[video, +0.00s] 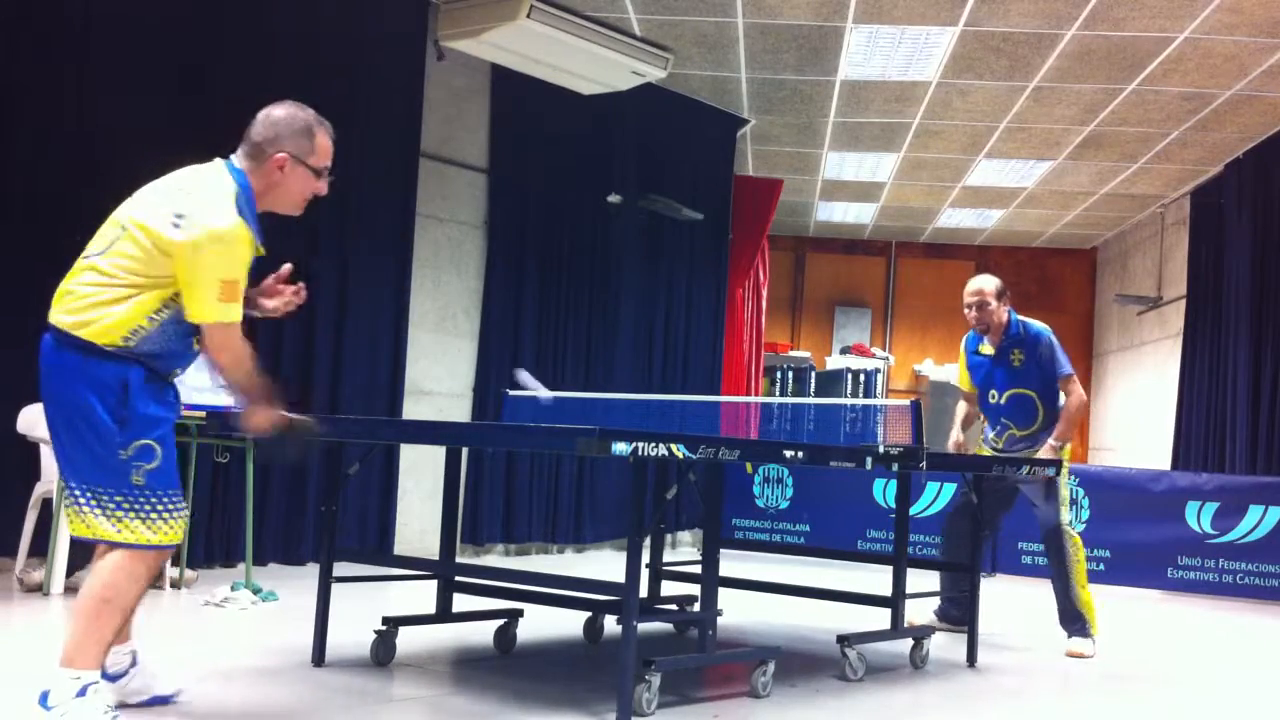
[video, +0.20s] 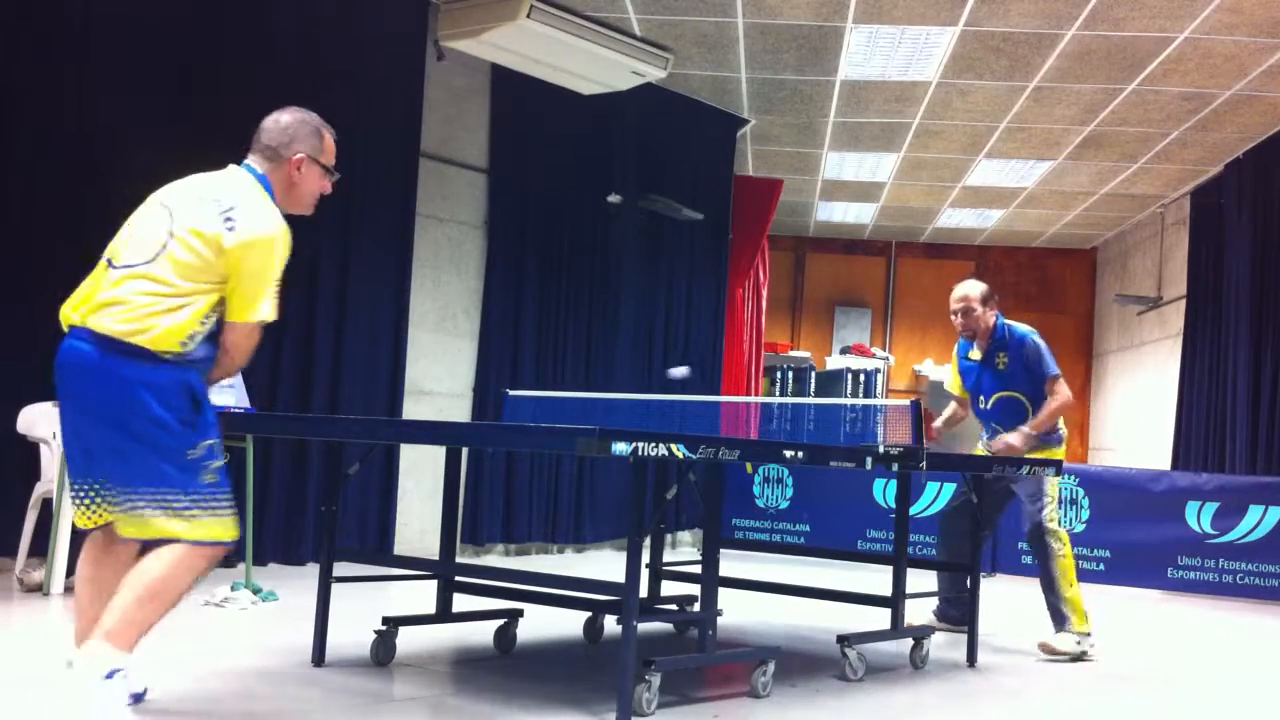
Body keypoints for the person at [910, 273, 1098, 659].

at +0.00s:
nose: (973, 313)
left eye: (980, 305)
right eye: (967, 307)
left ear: (1003, 304)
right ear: (964, 310)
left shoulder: (1037, 336)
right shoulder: (970, 345)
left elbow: (1077, 397)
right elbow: (970, 400)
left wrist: (1054, 445)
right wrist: (957, 430)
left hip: (1040, 453)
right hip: (993, 453)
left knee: (1057, 533)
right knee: (958, 522)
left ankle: (1080, 632)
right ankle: (955, 614)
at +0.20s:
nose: (958, 321)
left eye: (966, 312)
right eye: (954, 315)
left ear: (990, 310)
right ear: (953, 316)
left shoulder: (1023, 339)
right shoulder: (962, 349)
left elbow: (1062, 396)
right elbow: (962, 404)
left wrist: (1025, 434)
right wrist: (940, 425)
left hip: (1038, 453)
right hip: (994, 452)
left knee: (1043, 529)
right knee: (955, 523)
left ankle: (1075, 631)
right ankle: (954, 613)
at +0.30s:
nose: (958, 330)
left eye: (965, 321)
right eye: (953, 323)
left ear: (989, 317)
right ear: (951, 324)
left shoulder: (1017, 344)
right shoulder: (971, 354)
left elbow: (1038, 400)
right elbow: (966, 414)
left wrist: (986, 420)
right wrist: (929, 443)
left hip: (1044, 455)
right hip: (1006, 456)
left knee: (1042, 530)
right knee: (960, 519)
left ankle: (1078, 640)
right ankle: (954, 615)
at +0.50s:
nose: (944, 352)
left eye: (947, 343)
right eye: (941, 345)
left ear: (970, 336)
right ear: (972, 337)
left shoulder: (989, 356)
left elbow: (1004, 364)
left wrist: (1010, 366)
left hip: (1044, 462)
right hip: (1014, 463)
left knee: (1018, 538)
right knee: (965, 518)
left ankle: (1074, 639)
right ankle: (954, 615)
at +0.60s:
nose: (943, 354)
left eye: (946, 345)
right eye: (941, 347)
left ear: (968, 338)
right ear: (967, 339)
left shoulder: (996, 361)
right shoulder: (984, 363)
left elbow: (1043, 372)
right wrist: (1091, 437)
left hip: (1041, 465)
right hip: (1009, 466)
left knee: (1018, 540)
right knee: (962, 519)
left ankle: (1074, 639)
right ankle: (953, 615)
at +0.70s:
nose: (954, 342)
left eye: (956, 333)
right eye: (952, 334)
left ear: (979, 327)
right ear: (974, 329)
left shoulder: (1018, 352)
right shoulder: (989, 360)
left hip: (1038, 463)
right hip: (1005, 464)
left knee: (1026, 536)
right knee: (956, 522)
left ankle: (1076, 640)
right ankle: (952, 614)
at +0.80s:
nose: (974, 326)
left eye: (979, 318)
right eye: (972, 318)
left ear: (1006, 312)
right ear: (992, 315)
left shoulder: (1045, 341)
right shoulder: (991, 347)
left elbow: (1093, 386)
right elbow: (979, 392)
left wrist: (1105, 437)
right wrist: (934, 391)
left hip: (1040, 456)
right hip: (1001, 454)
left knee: (1047, 535)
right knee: (960, 520)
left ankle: (1078, 639)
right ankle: (952, 614)